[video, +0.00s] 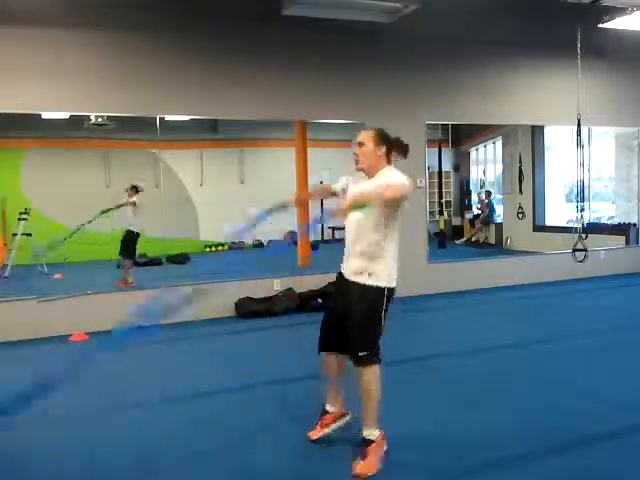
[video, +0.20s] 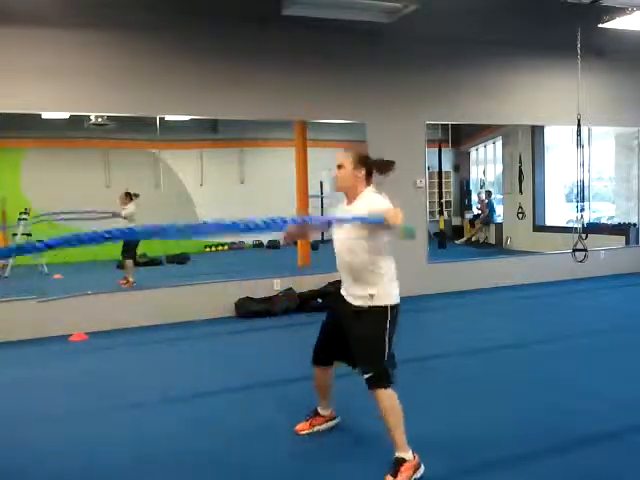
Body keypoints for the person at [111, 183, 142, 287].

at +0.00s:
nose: (127, 192)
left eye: (129, 191)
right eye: (128, 190)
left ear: (134, 192)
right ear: (133, 192)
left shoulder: (134, 202)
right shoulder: (130, 202)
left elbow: (125, 204)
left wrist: (112, 209)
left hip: (133, 229)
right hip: (129, 229)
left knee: (126, 255)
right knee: (126, 255)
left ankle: (127, 279)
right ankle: (126, 278)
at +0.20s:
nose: (121, 202)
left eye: (122, 199)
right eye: (121, 199)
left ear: (127, 199)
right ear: (129, 198)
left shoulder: (131, 208)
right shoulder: (129, 207)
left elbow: (124, 214)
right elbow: (124, 214)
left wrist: (117, 214)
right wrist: (117, 214)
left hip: (132, 233)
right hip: (130, 232)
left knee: (128, 256)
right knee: (126, 256)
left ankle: (130, 279)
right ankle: (127, 277)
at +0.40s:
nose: (120, 196)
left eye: (122, 193)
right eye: (120, 193)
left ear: (127, 194)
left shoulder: (130, 202)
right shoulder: (125, 202)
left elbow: (127, 215)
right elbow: (121, 213)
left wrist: (115, 216)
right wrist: (111, 214)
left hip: (128, 230)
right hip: (124, 229)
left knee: (122, 254)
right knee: (120, 253)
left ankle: (124, 277)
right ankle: (122, 276)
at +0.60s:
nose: (120, 196)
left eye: (122, 194)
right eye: (120, 194)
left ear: (126, 194)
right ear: (128, 195)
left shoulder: (128, 204)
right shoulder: (124, 204)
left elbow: (117, 215)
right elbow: (116, 216)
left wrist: (103, 213)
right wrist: (104, 219)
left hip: (122, 233)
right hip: (120, 232)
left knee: (113, 257)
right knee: (114, 257)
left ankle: (113, 278)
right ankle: (113, 277)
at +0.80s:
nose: (119, 194)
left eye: (121, 192)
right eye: (120, 192)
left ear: (126, 194)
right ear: (127, 194)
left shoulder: (126, 205)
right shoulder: (123, 204)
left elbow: (115, 213)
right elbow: (121, 218)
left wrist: (98, 216)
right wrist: (113, 221)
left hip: (120, 235)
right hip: (118, 234)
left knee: (112, 259)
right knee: (113, 259)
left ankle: (110, 279)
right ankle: (111, 279)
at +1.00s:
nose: (113, 196)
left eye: (114, 194)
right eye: (113, 194)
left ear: (119, 194)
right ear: (121, 194)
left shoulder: (122, 203)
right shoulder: (119, 203)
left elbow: (115, 211)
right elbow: (113, 212)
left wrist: (103, 213)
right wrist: (102, 213)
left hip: (122, 232)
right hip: (119, 231)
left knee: (117, 256)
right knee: (116, 256)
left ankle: (113, 276)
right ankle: (113, 276)